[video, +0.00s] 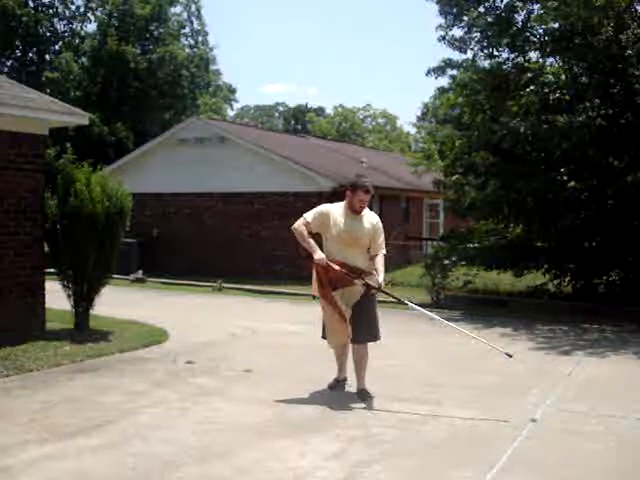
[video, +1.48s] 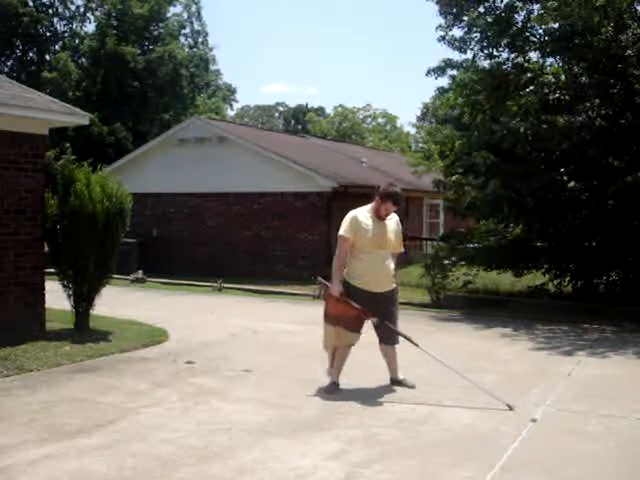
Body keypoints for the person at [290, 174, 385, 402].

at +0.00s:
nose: (363, 204)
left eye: (367, 200)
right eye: (360, 199)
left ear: (370, 199)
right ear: (348, 194)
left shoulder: (372, 221)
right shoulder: (328, 212)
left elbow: (378, 252)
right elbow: (299, 227)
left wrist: (379, 275)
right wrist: (315, 251)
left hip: (362, 288)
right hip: (333, 289)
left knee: (361, 339)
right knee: (338, 337)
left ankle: (361, 386)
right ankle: (341, 376)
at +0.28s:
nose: (357, 210)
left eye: (361, 206)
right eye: (354, 205)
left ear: (365, 204)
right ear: (345, 198)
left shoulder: (370, 221)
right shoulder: (326, 215)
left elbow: (376, 256)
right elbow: (302, 241)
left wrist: (380, 285)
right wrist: (315, 271)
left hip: (362, 287)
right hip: (332, 286)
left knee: (366, 336)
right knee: (336, 334)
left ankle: (371, 379)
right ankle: (340, 376)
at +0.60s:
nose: (369, 210)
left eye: (373, 206)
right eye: (366, 205)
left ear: (377, 205)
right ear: (356, 200)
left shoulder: (379, 218)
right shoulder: (337, 217)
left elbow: (384, 250)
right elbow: (321, 249)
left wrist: (388, 275)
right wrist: (322, 282)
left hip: (373, 288)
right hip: (342, 289)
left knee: (386, 333)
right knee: (343, 335)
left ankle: (397, 372)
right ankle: (341, 375)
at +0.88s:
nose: (388, 211)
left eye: (391, 208)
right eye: (385, 207)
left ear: (394, 206)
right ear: (375, 201)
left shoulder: (397, 218)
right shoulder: (356, 217)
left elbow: (400, 251)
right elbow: (338, 249)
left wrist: (396, 275)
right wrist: (333, 282)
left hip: (388, 288)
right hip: (357, 287)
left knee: (390, 336)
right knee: (349, 335)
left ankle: (395, 376)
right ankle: (340, 376)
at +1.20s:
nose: (394, 211)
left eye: (398, 208)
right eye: (392, 206)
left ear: (400, 207)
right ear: (383, 200)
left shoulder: (400, 222)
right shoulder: (360, 217)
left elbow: (403, 254)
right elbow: (345, 248)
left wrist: (409, 279)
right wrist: (342, 279)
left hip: (389, 291)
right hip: (359, 288)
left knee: (390, 337)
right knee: (348, 335)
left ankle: (395, 377)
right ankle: (334, 379)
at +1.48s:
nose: (388, 212)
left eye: (392, 209)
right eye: (386, 207)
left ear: (395, 207)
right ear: (377, 200)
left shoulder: (394, 221)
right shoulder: (355, 218)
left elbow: (395, 253)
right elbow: (341, 252)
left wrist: (386, 274)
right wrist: (336, 281)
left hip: (386, 290)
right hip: (356, 287)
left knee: (389, 337)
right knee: (345, 336)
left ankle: (395, 376)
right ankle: (334, 379)